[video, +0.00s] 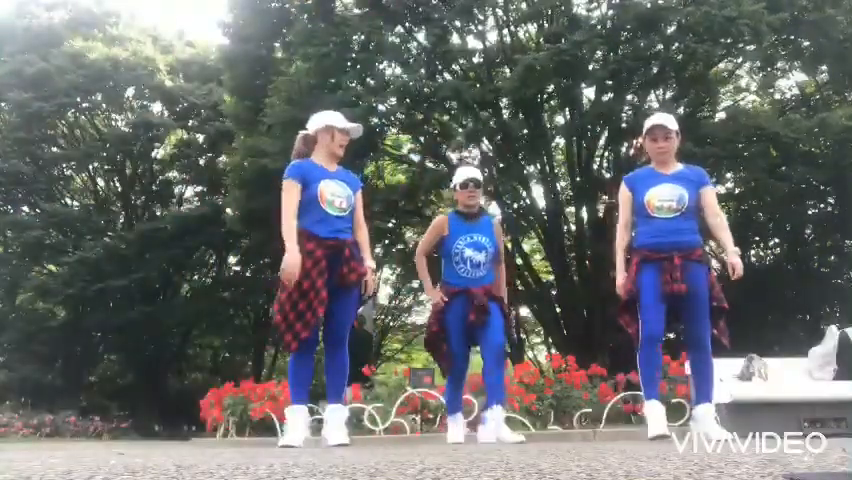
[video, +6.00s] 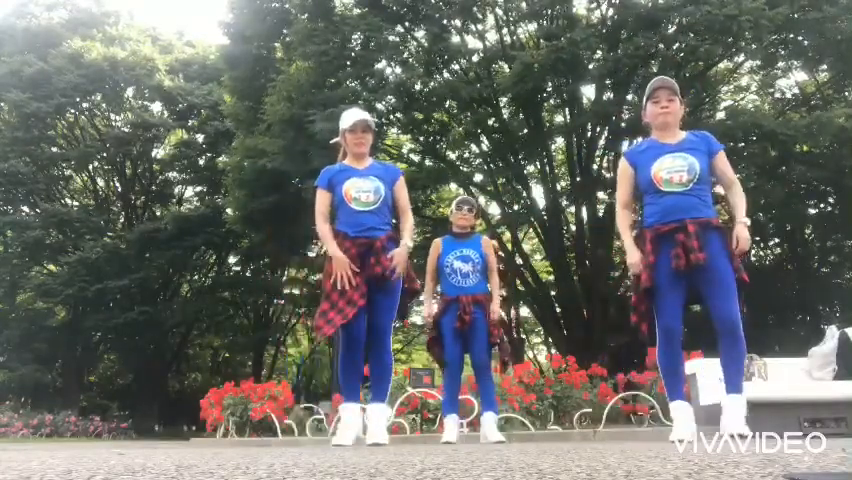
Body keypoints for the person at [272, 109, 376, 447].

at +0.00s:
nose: (345, 139)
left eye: (346, 134)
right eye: (340, 133)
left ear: (342, 138)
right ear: (321, 135)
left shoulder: (352, 179)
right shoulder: (299, 169)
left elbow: (360, 225)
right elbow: (289, 214)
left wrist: (368, 261)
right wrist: (291, 250)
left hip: (348, 256)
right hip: (310, 255)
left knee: (338, 338)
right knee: (305, 336)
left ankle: (336, 417)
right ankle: (297, 417)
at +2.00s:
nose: (345, 137)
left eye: (345, 133)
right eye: (339, 132)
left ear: (343, 138)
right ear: (320, 135)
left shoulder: (354, 173)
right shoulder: (298, 167)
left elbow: (370, 199)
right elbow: (253, 185)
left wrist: (366, 212)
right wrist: (278, 203)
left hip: (345, 254)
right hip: (307, 253)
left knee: (337, 340)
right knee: (303, 337)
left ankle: (336, 420)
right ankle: (297, 420)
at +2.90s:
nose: (343, 135)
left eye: (344, 131)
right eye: (336, 130)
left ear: (343, 138)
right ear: (319, 136)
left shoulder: (357, 174)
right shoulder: (297, 173)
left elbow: (369, 211)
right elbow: (287, 214)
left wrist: (359, 237)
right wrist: (302, 220)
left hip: (347, 259)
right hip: (310, 259)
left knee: (339, 341)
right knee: (306, 340)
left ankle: (336, 417)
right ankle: (297, 417)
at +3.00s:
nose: (345, 135)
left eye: (346, 131)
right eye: (338, 130)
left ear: (344, 137)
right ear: (320, 135)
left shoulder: (358, 175)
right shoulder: (297, 173)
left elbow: (362, 221)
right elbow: (284, 223)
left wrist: (360, 261)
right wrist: (291, 260)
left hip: (345, 257)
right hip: (307, 256)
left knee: (339, 341)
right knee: (306, 341)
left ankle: (336, 418)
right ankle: (297, 419)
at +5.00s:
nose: (328, 139)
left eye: (333, 134)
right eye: (322, 134)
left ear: (340, 139)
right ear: (309, 138)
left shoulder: (348, 180)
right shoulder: (293, 172)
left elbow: (361, 223)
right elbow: (280, 216)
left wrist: (353, 242)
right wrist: (285, 255)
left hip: (340, 254)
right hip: (303, 251)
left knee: (341, 331)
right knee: (302, 333)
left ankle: (336, 416)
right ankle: (297, 417)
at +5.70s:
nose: (354, 137)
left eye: (359, 131)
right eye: (348, 132)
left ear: (367, 136)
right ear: (337, 138)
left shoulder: (383, 175)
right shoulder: (324, 175)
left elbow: (399, 217)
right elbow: (310, 222)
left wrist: (404, 246)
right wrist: (311, 257)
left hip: (376, 253)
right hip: (335, 253)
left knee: (374, 332)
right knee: (321, 336)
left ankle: (376, 414)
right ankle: (299, 416)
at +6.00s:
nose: (360, 137)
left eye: (365, 131)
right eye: (353, 131)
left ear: (373, 135)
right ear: (342, 136)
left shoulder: (391, 172)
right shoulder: (330, 174)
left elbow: (407, 216)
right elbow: (321, 219)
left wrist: (404, 247)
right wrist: (335, 254)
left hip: (385, 253)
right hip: (347, 254)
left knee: (380, 335)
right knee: (353, 334)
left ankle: (378, 414)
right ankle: (350, 414)